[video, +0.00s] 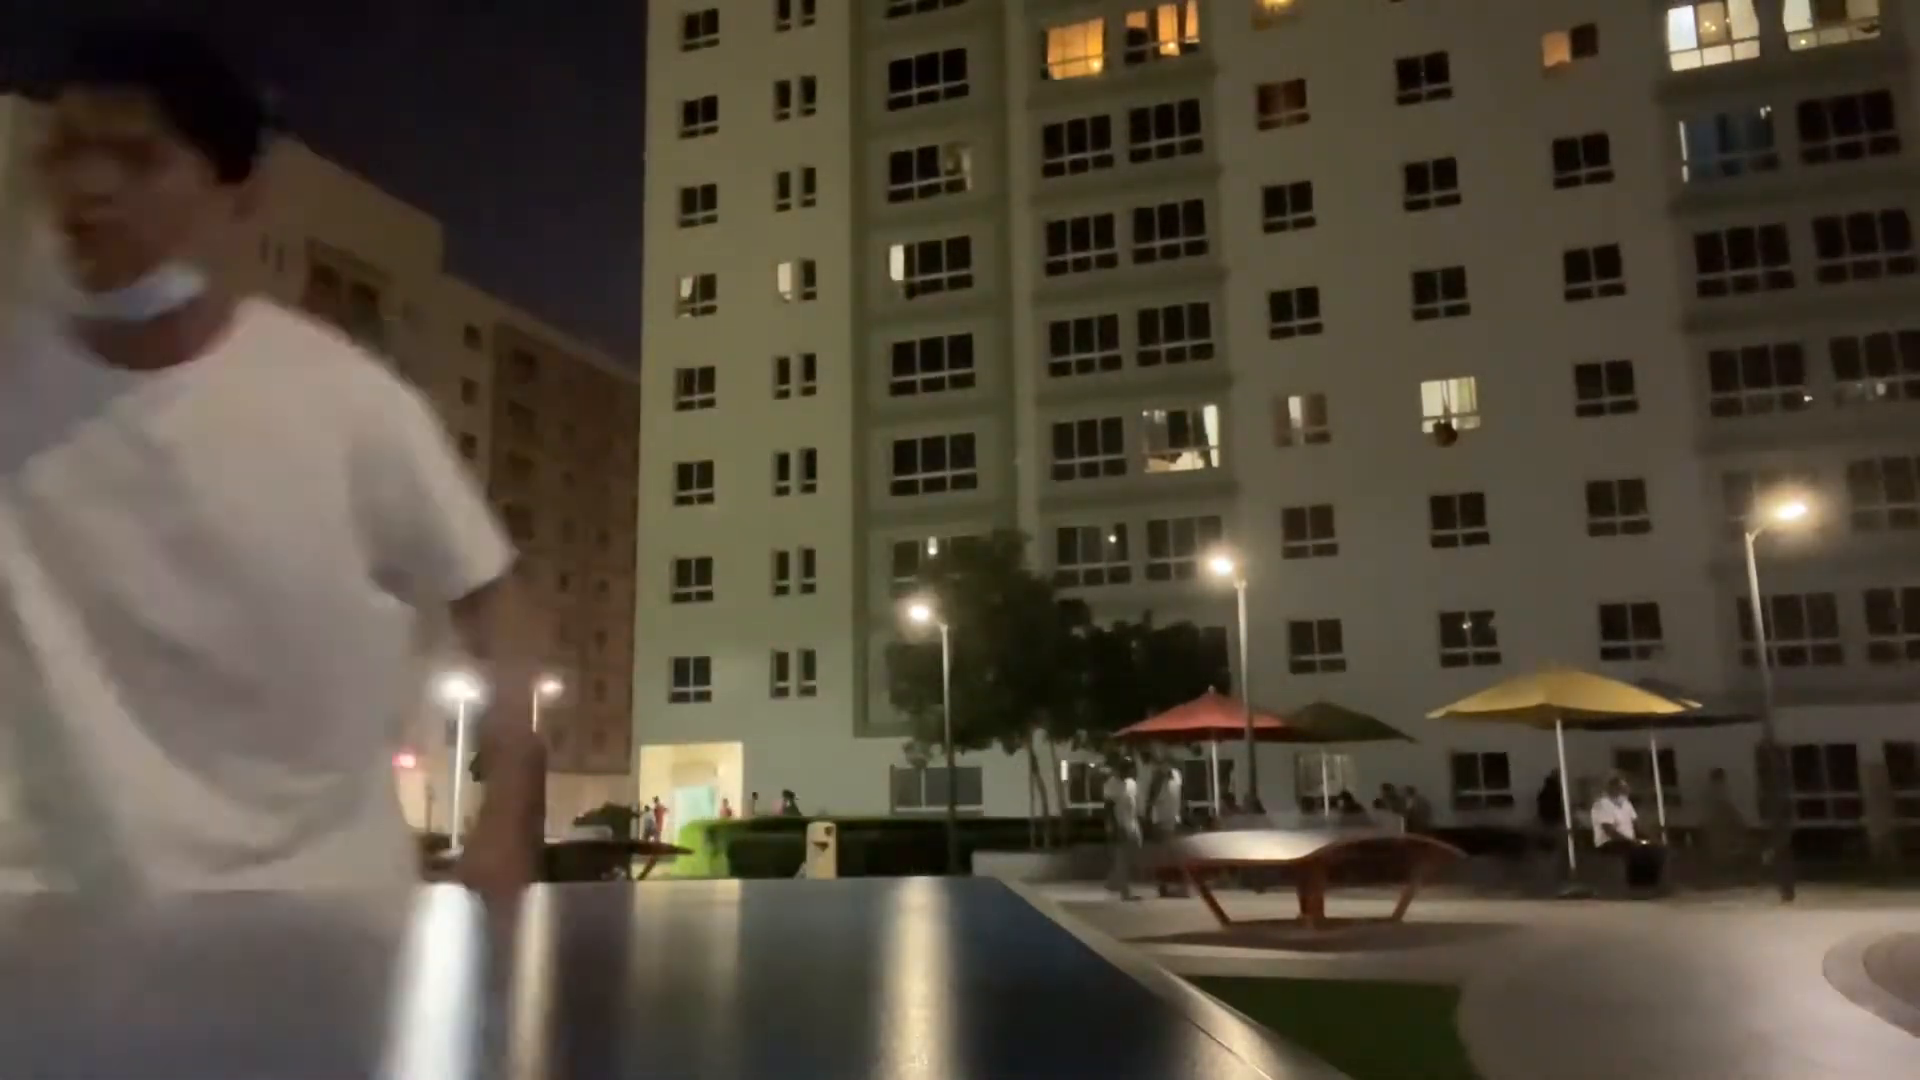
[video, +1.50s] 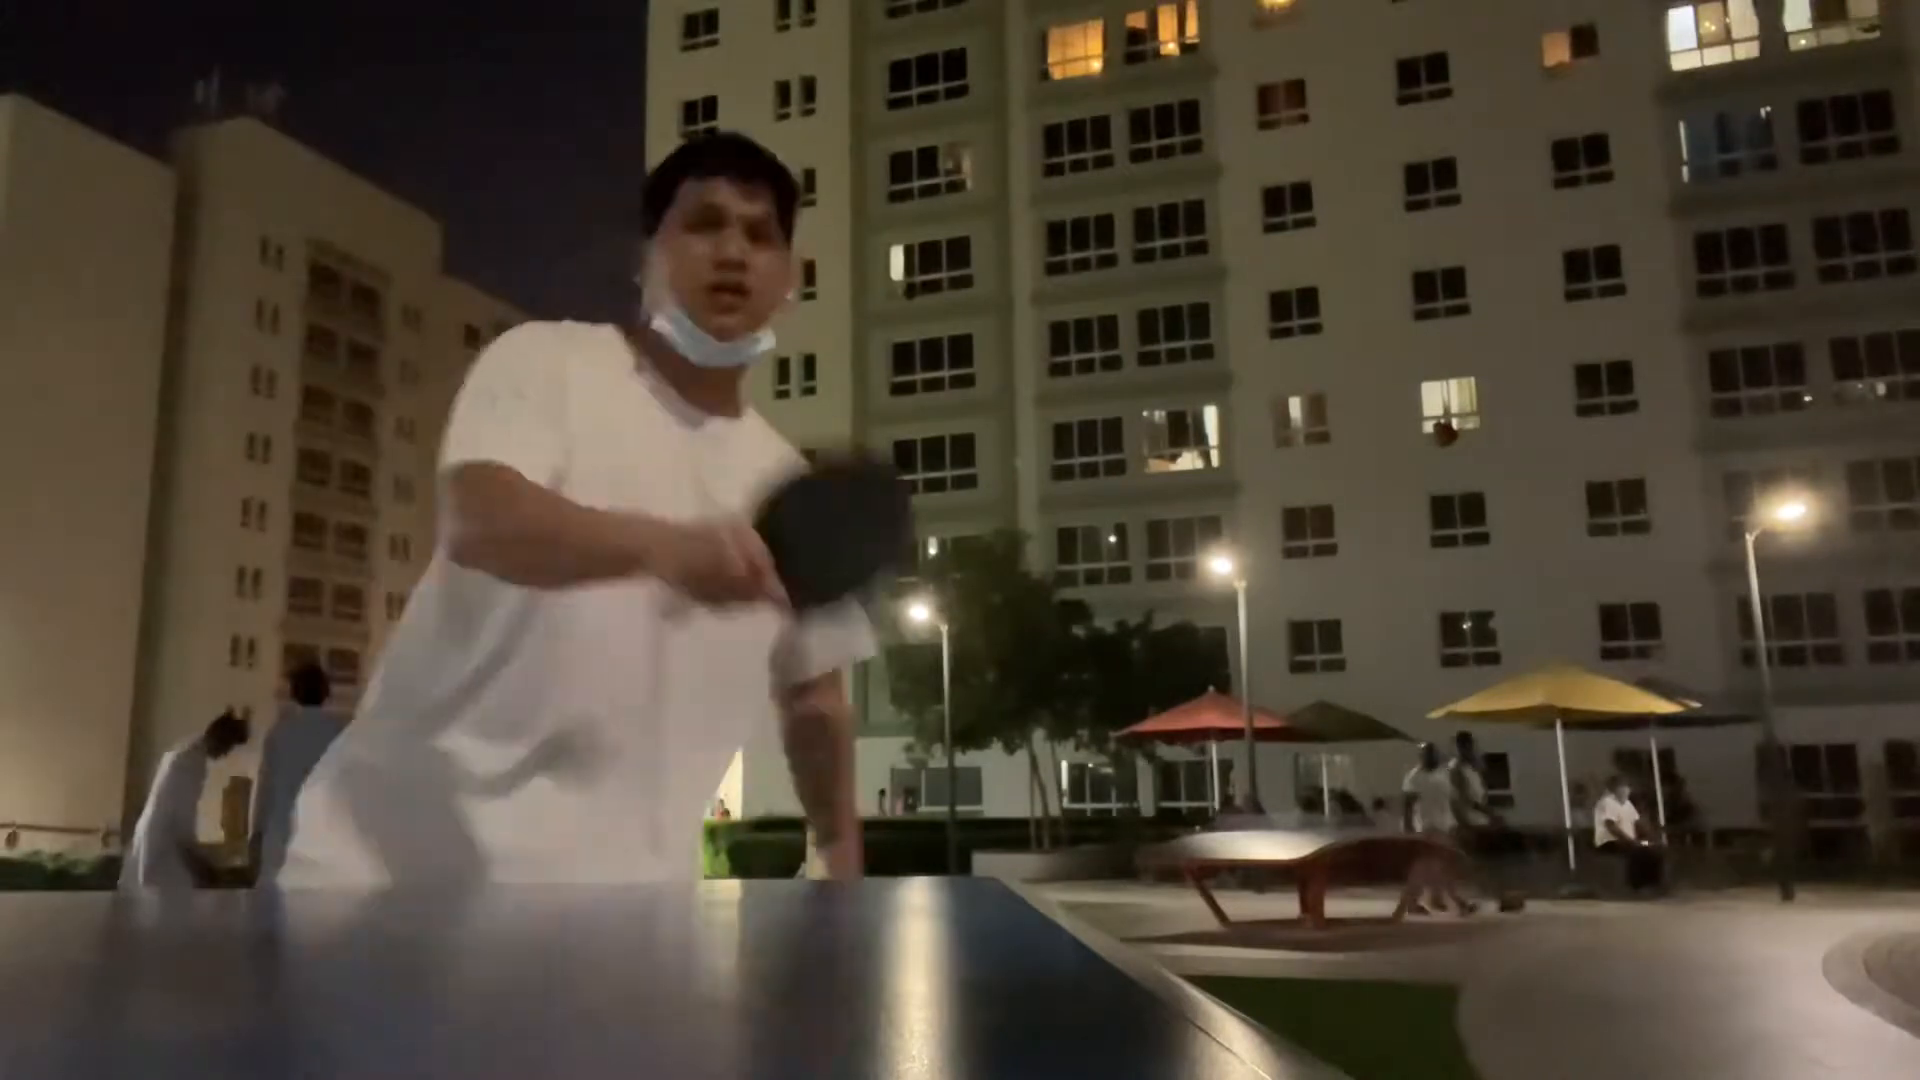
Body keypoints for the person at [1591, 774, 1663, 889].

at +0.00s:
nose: (1625, 789)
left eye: (1625, 785)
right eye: (1622, 786)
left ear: (1626, 788)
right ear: (1613, 787)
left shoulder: (1624, 801)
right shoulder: (1602, 804)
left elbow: (1634, 822)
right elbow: (1608, 829)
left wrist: (1646, 836)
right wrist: (1632, 841)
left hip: (1628, 840)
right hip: (1609, 842)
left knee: (1655, 850)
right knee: (1638, 853)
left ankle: (1651, 887)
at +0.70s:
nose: (1631, 790)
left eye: (1631, 787)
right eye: (1627, 786)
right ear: (1619, 786)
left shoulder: (1626, 803)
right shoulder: (1610, 799)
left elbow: (1636, 822)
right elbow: (1613, 822)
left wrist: (1647, 835)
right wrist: (1633, 841)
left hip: (1627, 841)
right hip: (1611, 843)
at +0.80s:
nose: (1630, 790)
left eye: (1630, 786)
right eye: (1627, 786)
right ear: (1618, 786)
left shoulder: (1626, 803)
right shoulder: (1610, 799)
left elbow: (1636, 822)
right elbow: (1613, 822)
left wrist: (1646, 836)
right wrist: (1633, 841)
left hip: (1626, 842)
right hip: (1611, 843)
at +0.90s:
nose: (1630, 790)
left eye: (1630, 786)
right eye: (1626, 786)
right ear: (1618, 787)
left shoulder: (1626, 804)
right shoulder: (1608, 800)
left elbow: (1636, 822)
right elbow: (1612, 822)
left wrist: (1645, 836)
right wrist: (1632, 841)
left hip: (1627, 841)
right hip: (1610, 842)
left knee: (1652, 852)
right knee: (1641, 855)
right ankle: (1638, 888)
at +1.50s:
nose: (1626, 791)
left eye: (1627, 787)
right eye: (1622, 787)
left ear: (1629, 790)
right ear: (1614, 789)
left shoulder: (1626, 803)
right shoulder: (1607, 802)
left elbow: (1637, 821)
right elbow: (1610, 824)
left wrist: (1650, 835)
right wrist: (1631, 841)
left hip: (1629, 840)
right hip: (1609, 842)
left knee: (1653, 851)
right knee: (1637, 853)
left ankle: (1653, 885)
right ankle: (1637, 887)